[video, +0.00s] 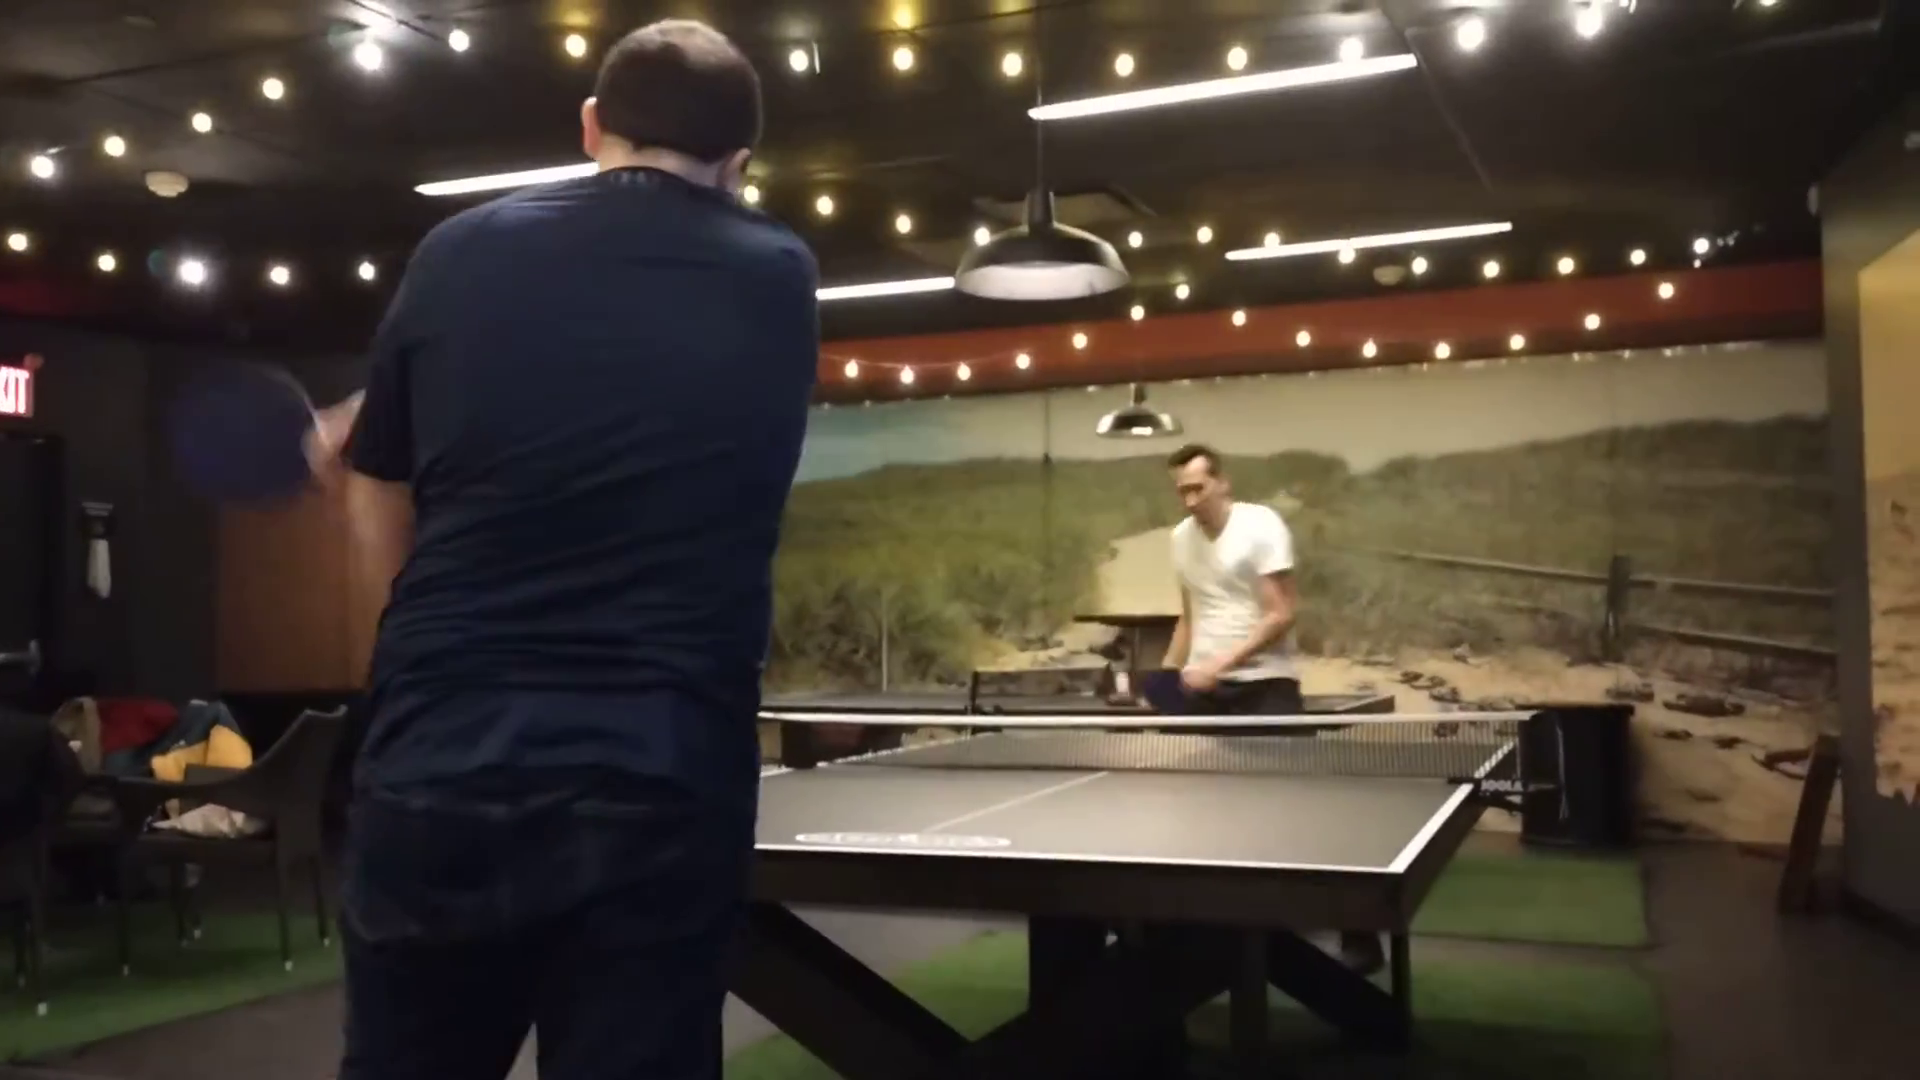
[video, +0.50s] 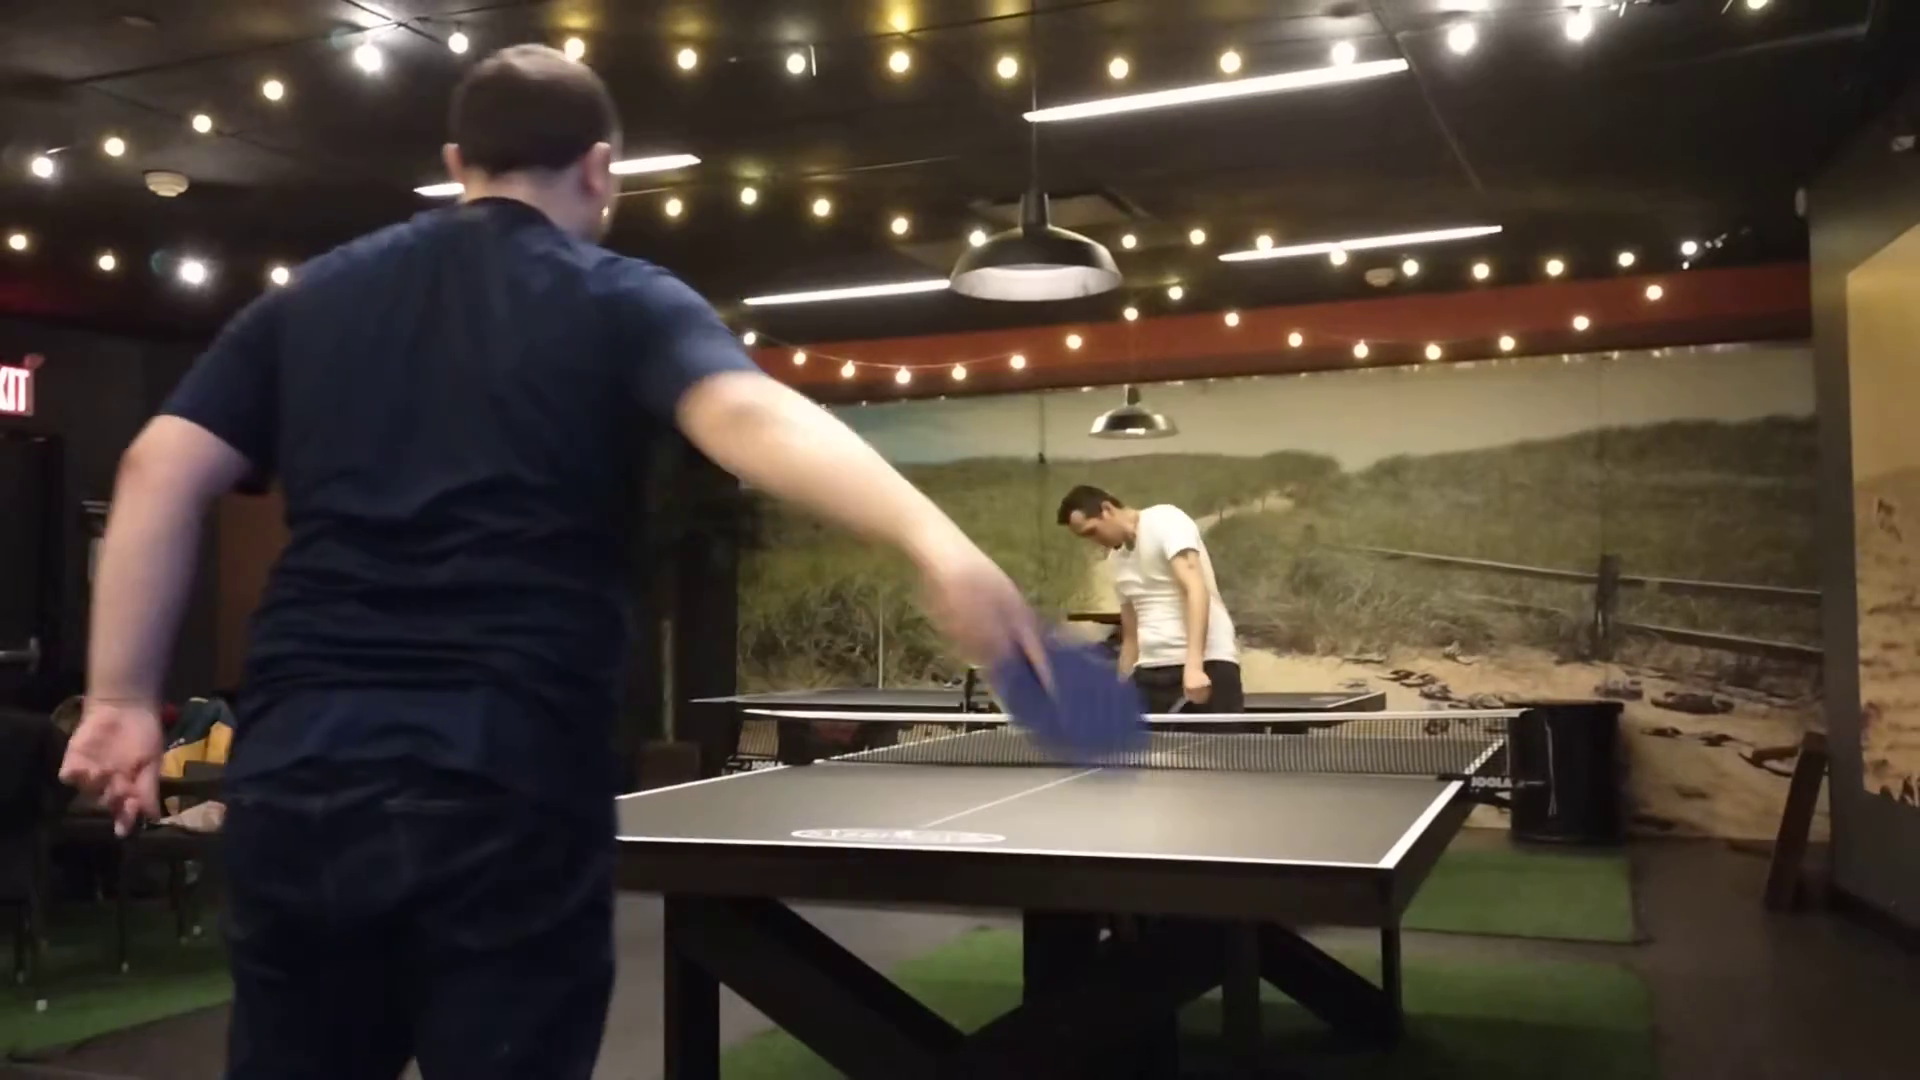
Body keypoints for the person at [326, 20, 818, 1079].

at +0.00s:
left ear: (589, 126)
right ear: (738, 164)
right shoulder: (780, 274)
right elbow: (618, 375)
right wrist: (367, 431)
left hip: (441, 779)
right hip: (661, 791)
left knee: (403, 1062)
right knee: (640, 1060)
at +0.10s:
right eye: (731, 171)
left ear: (568, 138)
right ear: (719, 171)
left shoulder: (436, 265)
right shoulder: (765, 290)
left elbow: (324, 522)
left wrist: (364, 719)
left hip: (424, 777)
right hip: (647, 786)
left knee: (399, 1062)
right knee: (629, 1061)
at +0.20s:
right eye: (707, 176)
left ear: (549, 150)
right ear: (695, 176)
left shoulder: (408, 282)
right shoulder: (746, 308)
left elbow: (286, 530)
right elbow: (793, 570)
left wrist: (277, 748)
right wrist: (706, 652)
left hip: (400, 786)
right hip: (620, 789)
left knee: (378, 1062)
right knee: (603, 1060)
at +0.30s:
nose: (681, 194)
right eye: (683, 177)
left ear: (525, 160)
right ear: (672, 175)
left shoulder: (385, 290)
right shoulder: (720, 316)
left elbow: (251, 499)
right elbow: (835, 558)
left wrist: (217, 738)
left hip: (363, 780)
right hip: (586, 796)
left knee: (348, 1060)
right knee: (562, 1058)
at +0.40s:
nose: (649, 193)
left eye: (650, 177)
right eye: (650, 174)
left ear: (490, 162)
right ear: (634, 168)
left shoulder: (350, 292)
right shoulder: (677, 307)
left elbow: (204, 474)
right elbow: (816, 486)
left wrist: (164, 705)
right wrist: (985, 663)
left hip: (327, 780)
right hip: (548, 799)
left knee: (315, 1058)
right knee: (530, 1055)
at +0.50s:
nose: (612, 198)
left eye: (610, 179)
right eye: (613, 179)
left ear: (455, 167)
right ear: (595, 172)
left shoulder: (307, 296)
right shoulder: (617, 296)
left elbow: (164, 467)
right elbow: (747, 417)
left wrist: (120, 694)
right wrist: (937, 543)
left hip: (294, 778)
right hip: (513, 789)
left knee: (294, 1060)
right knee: (511, 1060)